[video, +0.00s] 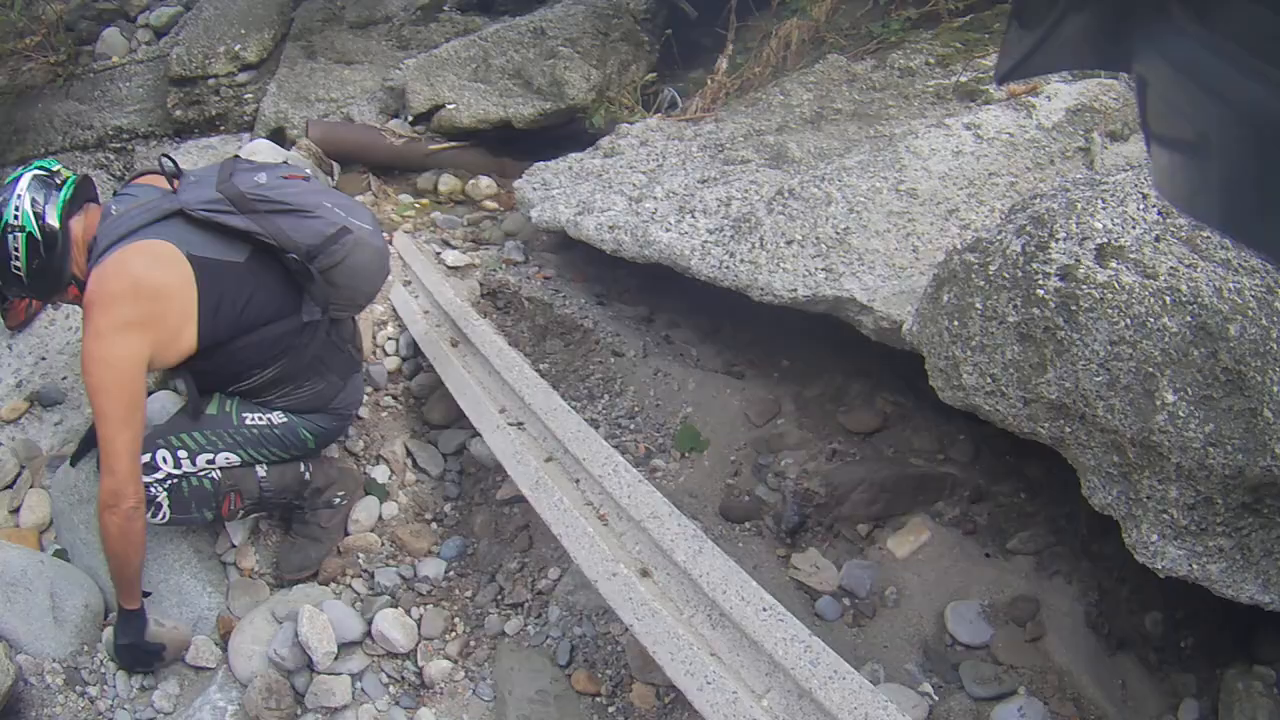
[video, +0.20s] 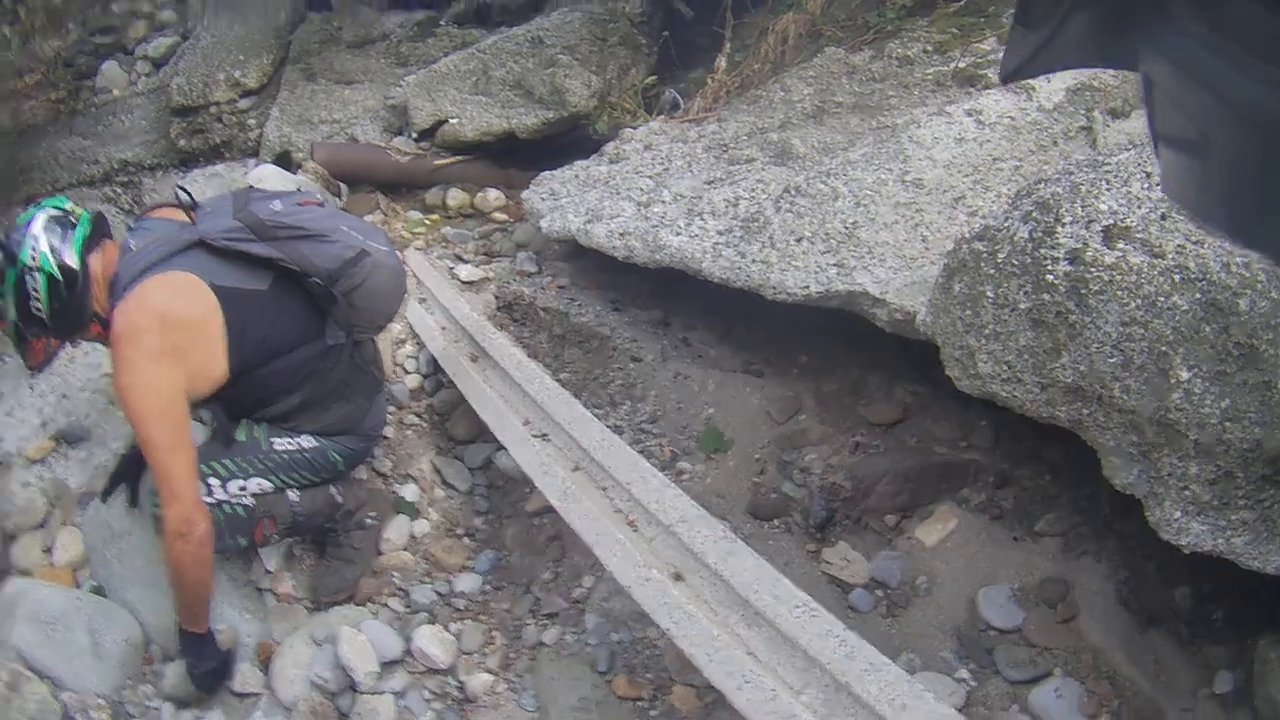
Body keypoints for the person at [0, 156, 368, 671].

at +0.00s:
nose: (49, 297)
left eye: (36, 284)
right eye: (33, 289)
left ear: (44, 254)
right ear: (78, 204)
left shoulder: (114, 308)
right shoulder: (147, 186)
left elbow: (122, 495)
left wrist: (130, 611)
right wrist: (115, 412)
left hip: (308, 407)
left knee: (136, 487)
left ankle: (317, 484)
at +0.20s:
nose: (76, 335)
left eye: (67, 324)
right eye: (66, 331)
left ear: (69, 294)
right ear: (93, 240)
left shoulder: (142, 338)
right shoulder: (163, 220)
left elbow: (188, 520)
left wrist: (196, 637)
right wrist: (147, 443)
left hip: (332, 431)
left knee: (187, 512)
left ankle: (344, 508)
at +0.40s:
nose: (168, 388)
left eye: (158, 375)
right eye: (155, 379)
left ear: (176, 350)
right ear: (204, 299)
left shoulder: (266, 393)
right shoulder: (275, 281)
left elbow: (337, 553)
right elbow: (274, 409)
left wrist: (330, 658)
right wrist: (259, 500)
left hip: (456, 474)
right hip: (456, 400)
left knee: (296, 559)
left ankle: (465, 546)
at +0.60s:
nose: (219, 390)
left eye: (207, 377)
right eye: (207, 381)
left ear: (214, 358)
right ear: (249, 304)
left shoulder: (286, 393)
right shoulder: (308, 311)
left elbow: (329, 562)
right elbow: (274, 441)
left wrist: (287, 658)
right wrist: (255, 531)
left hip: (460, 523)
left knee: (288, 584)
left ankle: (460, 603)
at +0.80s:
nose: (271, 405)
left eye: (262, 390)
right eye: (258, 395)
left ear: (270, 362)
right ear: (309, 328)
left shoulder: (335, 404)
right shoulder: (352, 357)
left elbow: (323, 563)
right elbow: (297, 456)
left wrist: (237, 629)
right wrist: (252, 539)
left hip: (481, 576)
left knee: (303, 622)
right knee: (313, 475)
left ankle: (472, 650)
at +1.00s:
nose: (216, 240)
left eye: (210, 222)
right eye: (207, 226)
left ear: (230, 200)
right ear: (266, 180)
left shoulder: (292, 245)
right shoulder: (305, 221)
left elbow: (224, 396)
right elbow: (245, 310)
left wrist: (135, 406)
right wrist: (177, 367)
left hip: (380, 458)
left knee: (204, 501)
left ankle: (363, 542)